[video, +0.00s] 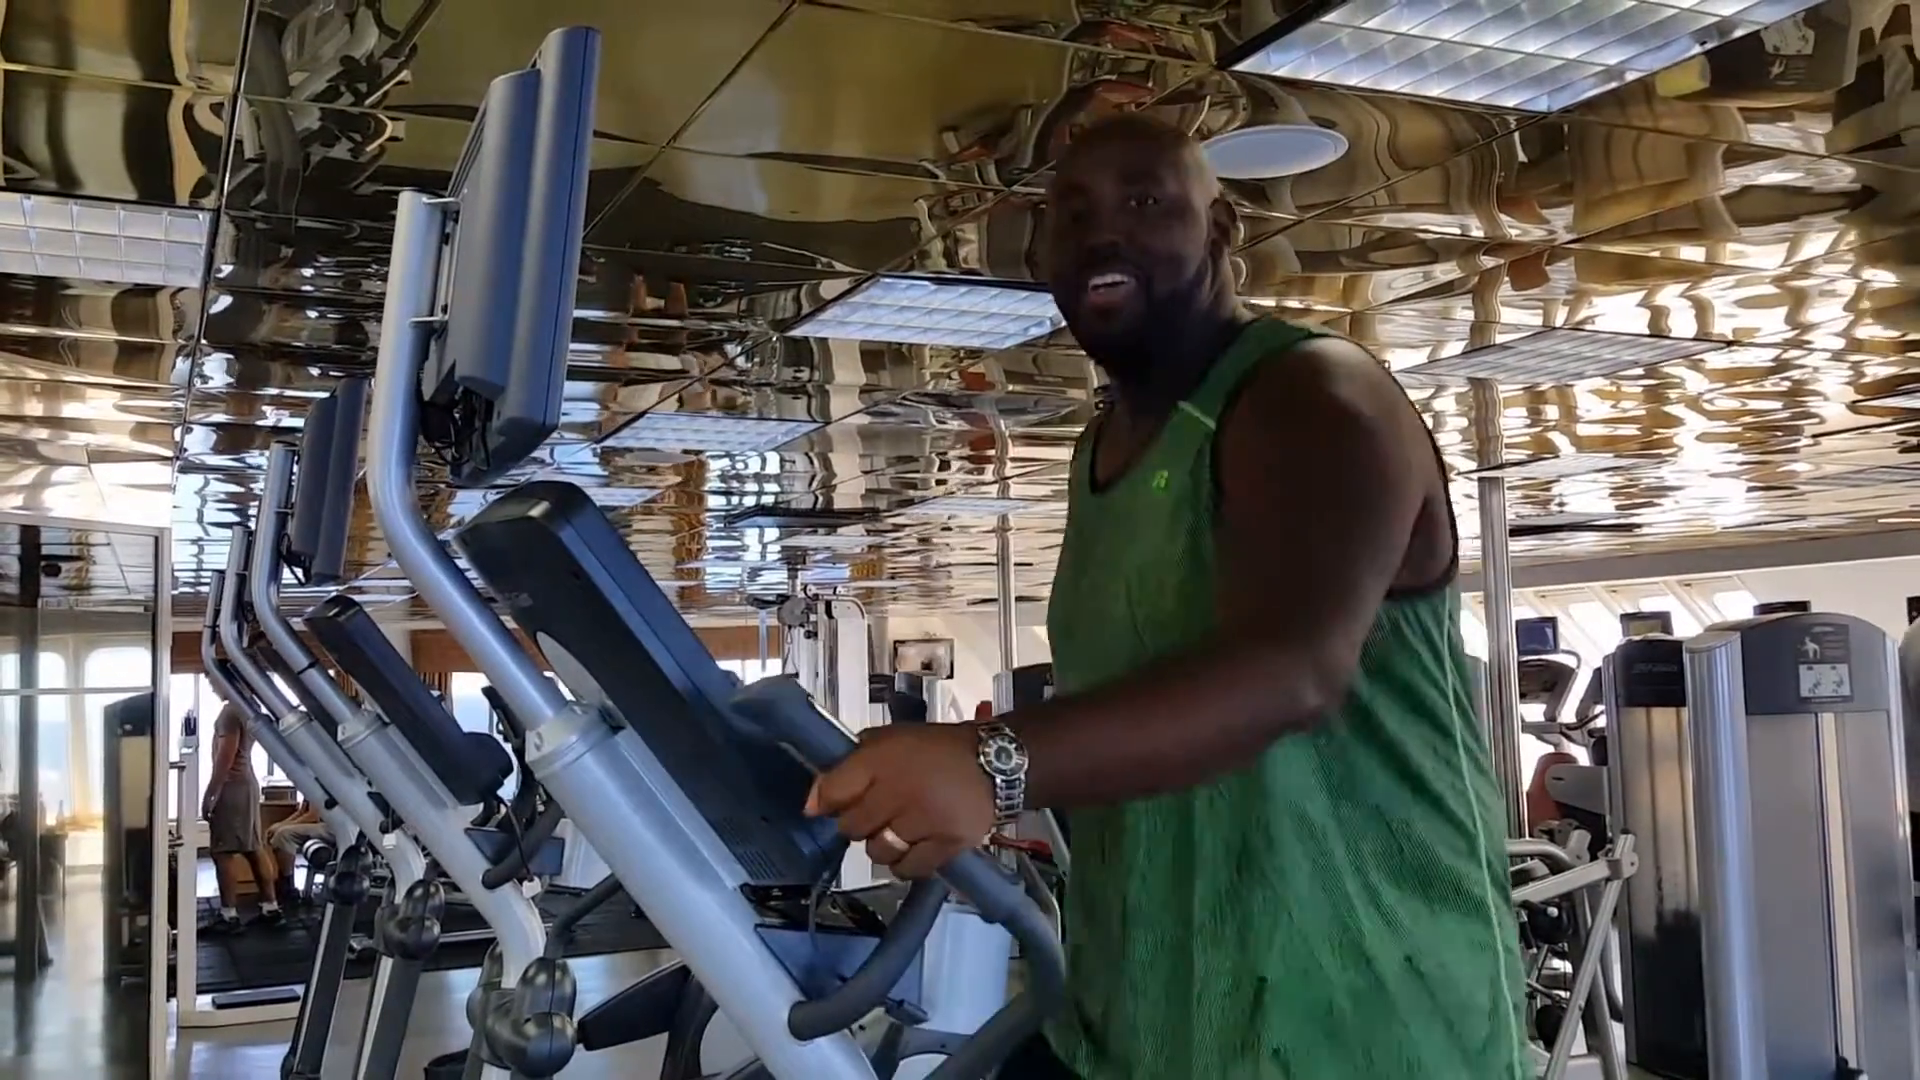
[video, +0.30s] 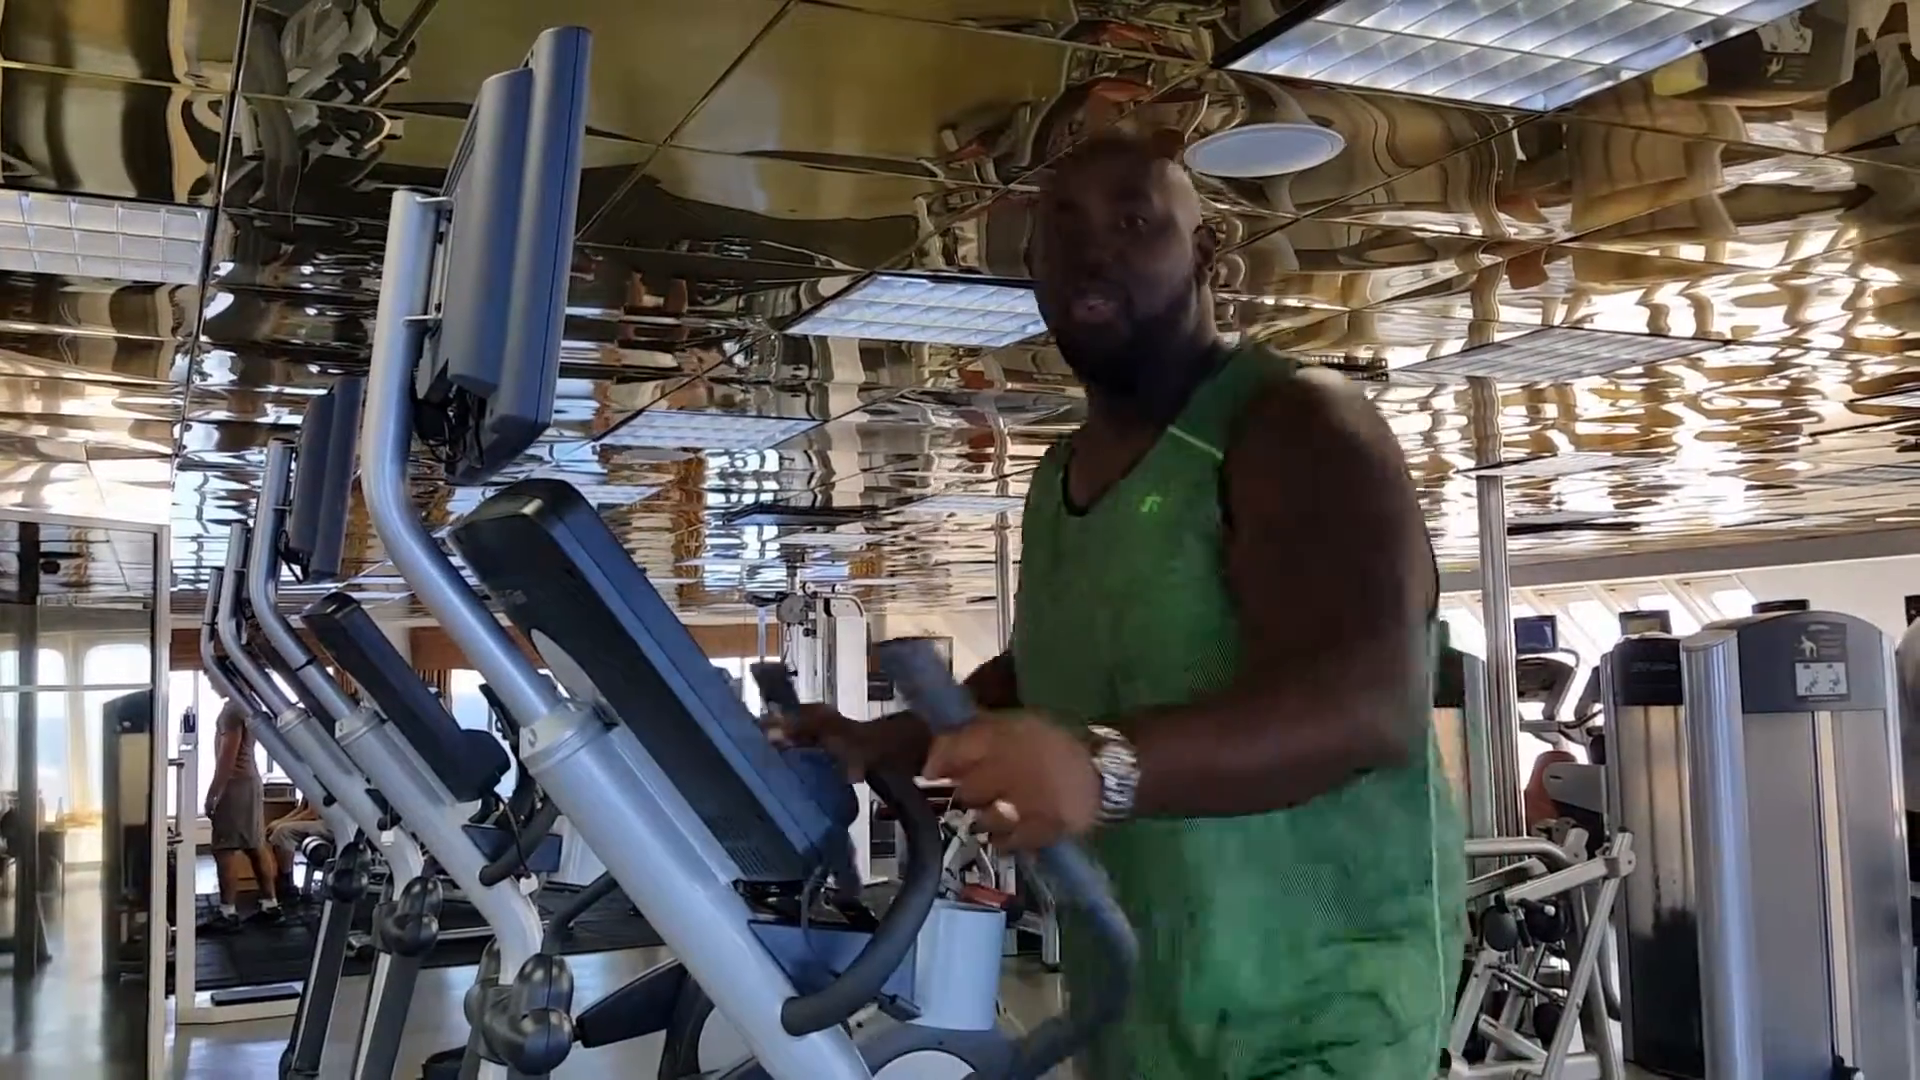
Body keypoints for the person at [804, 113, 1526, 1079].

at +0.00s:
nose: (1099, 221)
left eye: (1145, 198)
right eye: (1069, 200)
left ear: (1223, 239)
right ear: (1038, 252)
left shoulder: (1322, 398)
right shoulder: (1107, 443)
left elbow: (1297, 666)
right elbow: (1151, 698)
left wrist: (999, 766)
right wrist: (994, 755)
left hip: (1348, 1008)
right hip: (1153, 996)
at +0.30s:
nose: (1093, 251)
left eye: (1136, 223)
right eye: (1064, 222)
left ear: (1202, 257)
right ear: (1030, 260)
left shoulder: (1307, 424)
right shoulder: (1064, 474)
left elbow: (1365, 705)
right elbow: (1058, 666)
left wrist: (1107, 767)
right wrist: (888, 744)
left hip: (1319, 1010)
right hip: (1132, 1007)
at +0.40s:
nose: (1096, 290)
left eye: (1136, 258)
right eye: (1065, 267)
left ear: (1205, 284)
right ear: (1035, 301)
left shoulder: (1323, 458)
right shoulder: (1056, 508)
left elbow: (1462, 734)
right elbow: (984, 713)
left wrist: (1219, 799)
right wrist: (787, 736)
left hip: (1322, 1012)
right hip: (1129, 1013)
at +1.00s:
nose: (1091, 296)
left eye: (1133, 258)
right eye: (1064, 269)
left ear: (1221, 277)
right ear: (1044, 297)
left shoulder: (1336, 463)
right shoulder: (1102, 490)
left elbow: (1389, 751)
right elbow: (1107, 719)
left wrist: (1092, 774)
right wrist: (901, 757)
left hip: (1345, 1037)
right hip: (1134, 1029)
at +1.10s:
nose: (1076, 283)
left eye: (1118, 245)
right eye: (1051, 253)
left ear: (1205, 266)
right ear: (1027, 279)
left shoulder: (1311, 430)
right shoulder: (1104, 467)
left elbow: (1310, 714)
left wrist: (1015, 764)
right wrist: (1026, 797)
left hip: (1336, 1023)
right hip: (1143, 1013)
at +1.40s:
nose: (1039, 225)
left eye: (1081, 193)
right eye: (1013, 199)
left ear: (1157, 219)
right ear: (987, 232)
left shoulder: (1269, 381)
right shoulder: (1056, 442)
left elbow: (1305, 639)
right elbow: (1056, 665)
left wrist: (1041, 761)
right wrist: (943, 756)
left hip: (1319, 985)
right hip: (1140, 989)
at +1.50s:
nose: (1054, 261)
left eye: (1097, 232)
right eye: (1024, 239)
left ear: (1172, 268)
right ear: (998, 284)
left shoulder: (1282, 433)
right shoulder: (1048, 489)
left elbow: (1389, 704)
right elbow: (1046, 709)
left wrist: (1136, 768)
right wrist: (847, 747)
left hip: (1314, 992)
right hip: (1126, 996)